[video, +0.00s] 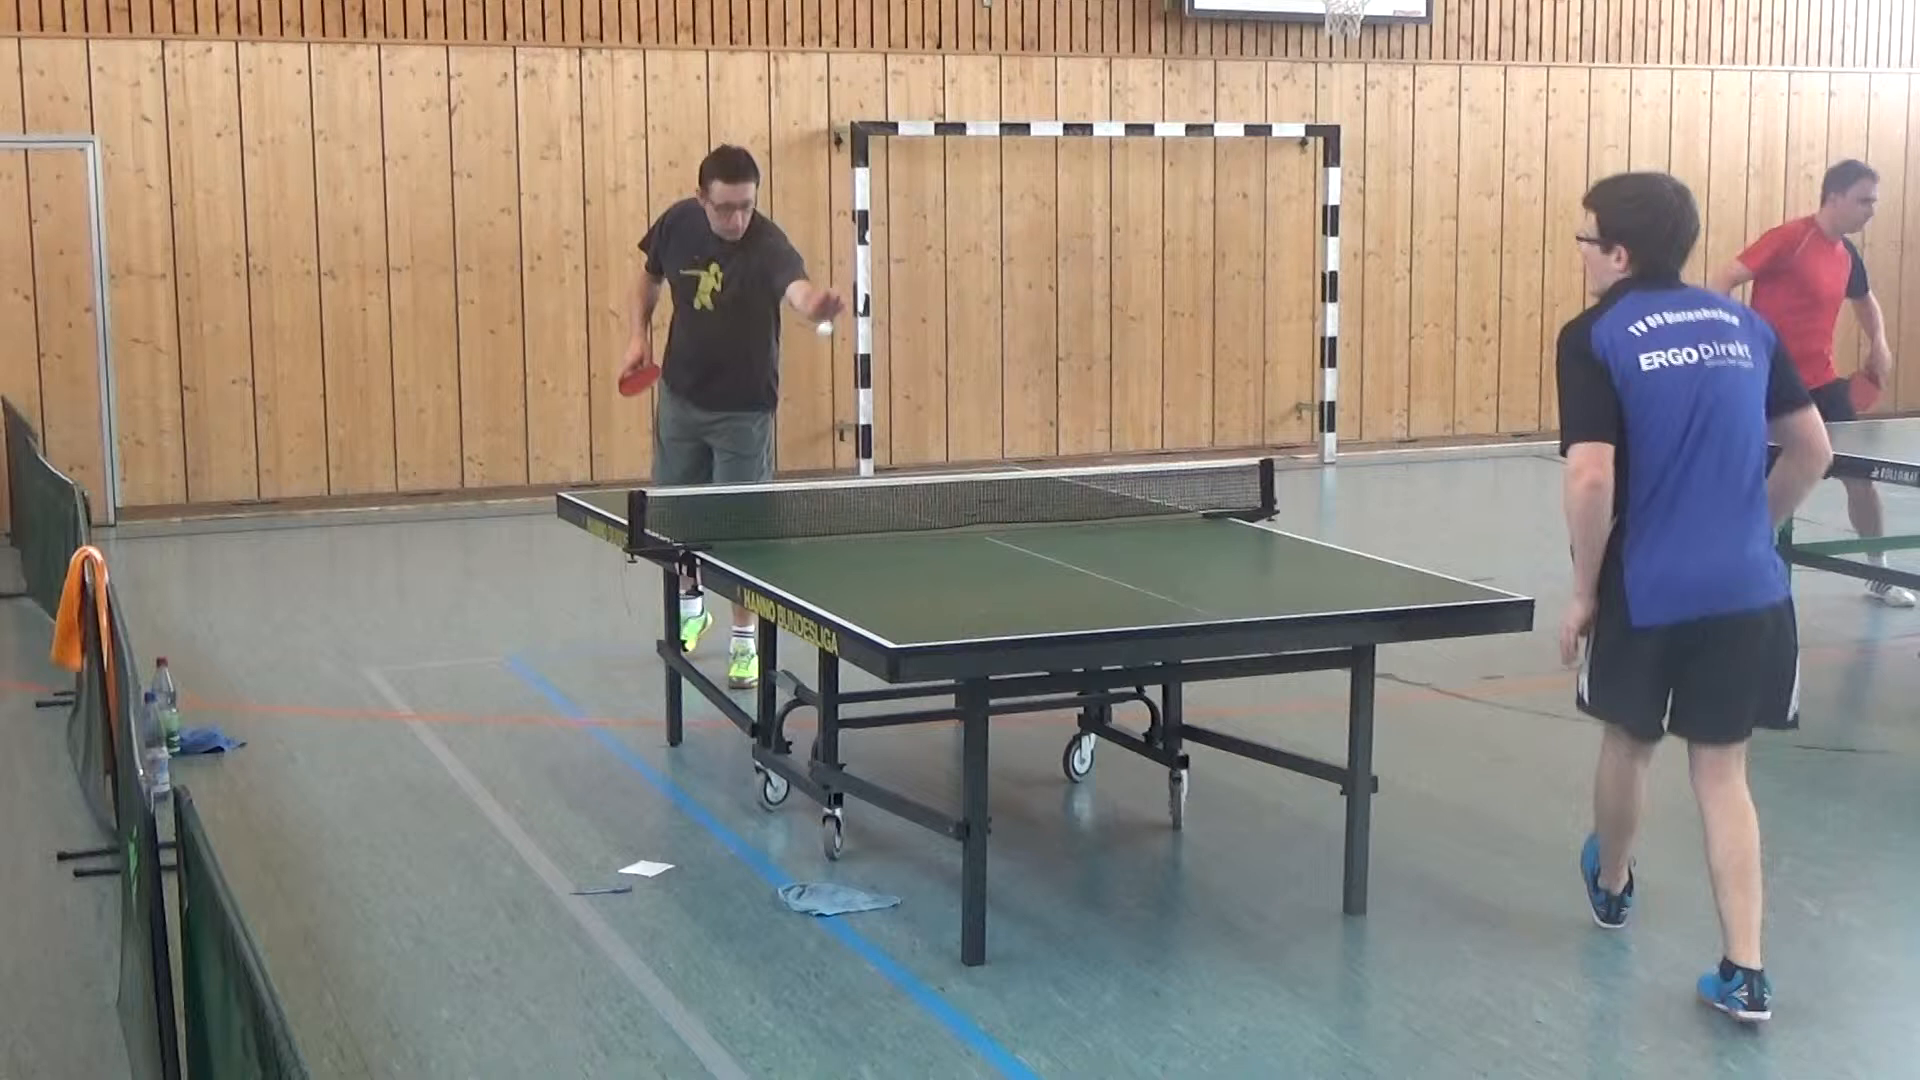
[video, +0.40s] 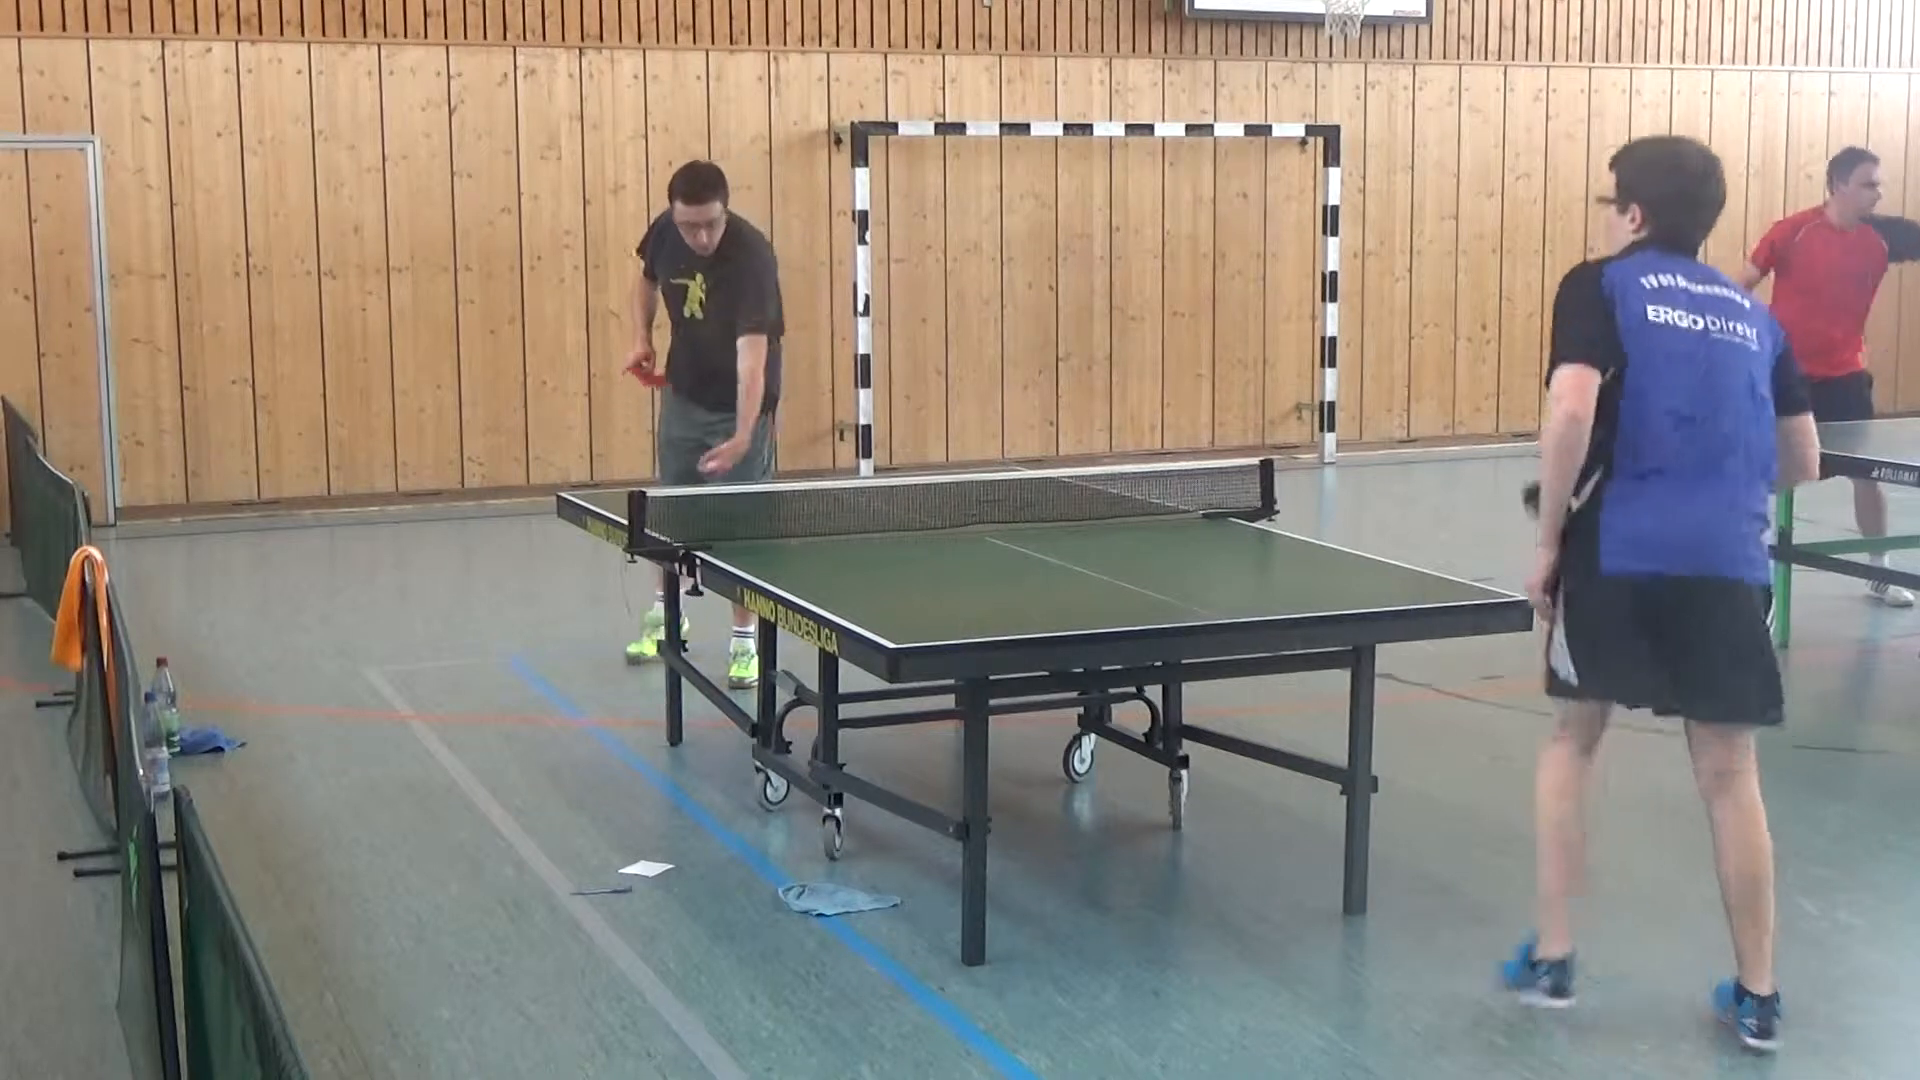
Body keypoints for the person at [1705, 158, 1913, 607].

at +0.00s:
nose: (1871, 211)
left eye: (1874, 202)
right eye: (1865, 201)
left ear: (1846, 202)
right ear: (1834, 198)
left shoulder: (1846, 253)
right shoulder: (1787, 238)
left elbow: (1864, 302)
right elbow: (1721, 280)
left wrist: (1879, 344)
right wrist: (1720, 347)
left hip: (1825, 384)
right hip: (1775, 388)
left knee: (1859, 474)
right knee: (1771, 483)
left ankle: (1879, 573)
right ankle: (1752, 571)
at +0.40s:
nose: (1876, 194)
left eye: (1878, 186)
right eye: (1868, 185)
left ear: (1870, 190)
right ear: (1837, 185)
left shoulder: (1876, 245)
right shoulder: (1789, 233)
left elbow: (1860, 304)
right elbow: (1742, 284)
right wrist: (1721, 335)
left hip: (1846, 376)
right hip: (1786, 376)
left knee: (1867, 474)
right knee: (1768, 469)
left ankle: (1879, 574)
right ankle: (1753, 568)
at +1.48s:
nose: (1790, 203)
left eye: (1796, 195)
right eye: (1780, 194)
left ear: (1802, 197)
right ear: (1758, 197)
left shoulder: (1816, 247)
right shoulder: (1725, 246)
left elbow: (1861, 304)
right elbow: (1691, 308)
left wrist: (1843, 328)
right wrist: (1675, 348)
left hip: (1806, 391)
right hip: (1740, 392)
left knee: (1843, 482)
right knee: (1701, 482)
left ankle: (1863, 573)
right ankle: (1654, 566)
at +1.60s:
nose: (1781, 199)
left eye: (1787, 190)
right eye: (1772, 190)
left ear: (1795, 189)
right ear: (1750, 189)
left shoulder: (1811, 239)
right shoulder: (1717, 235)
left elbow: (1847, 303)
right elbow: (1693, 295)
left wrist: (1810, 330)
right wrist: (1677, 347)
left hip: (1797, 385)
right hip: (1731, 384)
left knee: (1830, 478)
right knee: (1694, 476)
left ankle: (1857, 572)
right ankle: (1651, 566)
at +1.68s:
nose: (1780, 199)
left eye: (1787, 191)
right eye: (1771, 191)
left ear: (1795, 188)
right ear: (1750, 189)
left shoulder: (1809, 238)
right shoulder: (1716, 234)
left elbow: (1840, 309)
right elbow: (1692, 295)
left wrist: (1787, 336)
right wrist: (1674, 348)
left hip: (1796, 385)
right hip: (1729, 385)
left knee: (1823, 475)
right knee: (1694, 474)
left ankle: (1837, 572)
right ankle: (1651, 565)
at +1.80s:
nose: (1794, 202)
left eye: (1801, 192)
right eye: (1784, 193)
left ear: (1809, 191)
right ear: (1764, 192)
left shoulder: (1818, 241)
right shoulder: (1733, 228)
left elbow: (1833, 325)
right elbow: (1703, 289)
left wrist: (1782, 357)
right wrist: (1675, 344)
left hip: (1797, 382)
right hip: (1732, 379)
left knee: (1818, 476)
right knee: (1695, 472)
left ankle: (1827, 574)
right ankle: (1651, 565)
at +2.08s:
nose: (1820, 183)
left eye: (1824, 174)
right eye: (1809, 174)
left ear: (1828, 178)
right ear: (1783, 178)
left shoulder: (1832, 241)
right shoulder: (1742, 220)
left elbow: (1843, 321)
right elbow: (1715, 259)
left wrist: (1803, 350)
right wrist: (1689, 300)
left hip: (1797, 378)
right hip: (1732, 370)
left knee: (1816, 475)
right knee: (1690, 461)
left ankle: (1827, 573)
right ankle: (1638, 555)